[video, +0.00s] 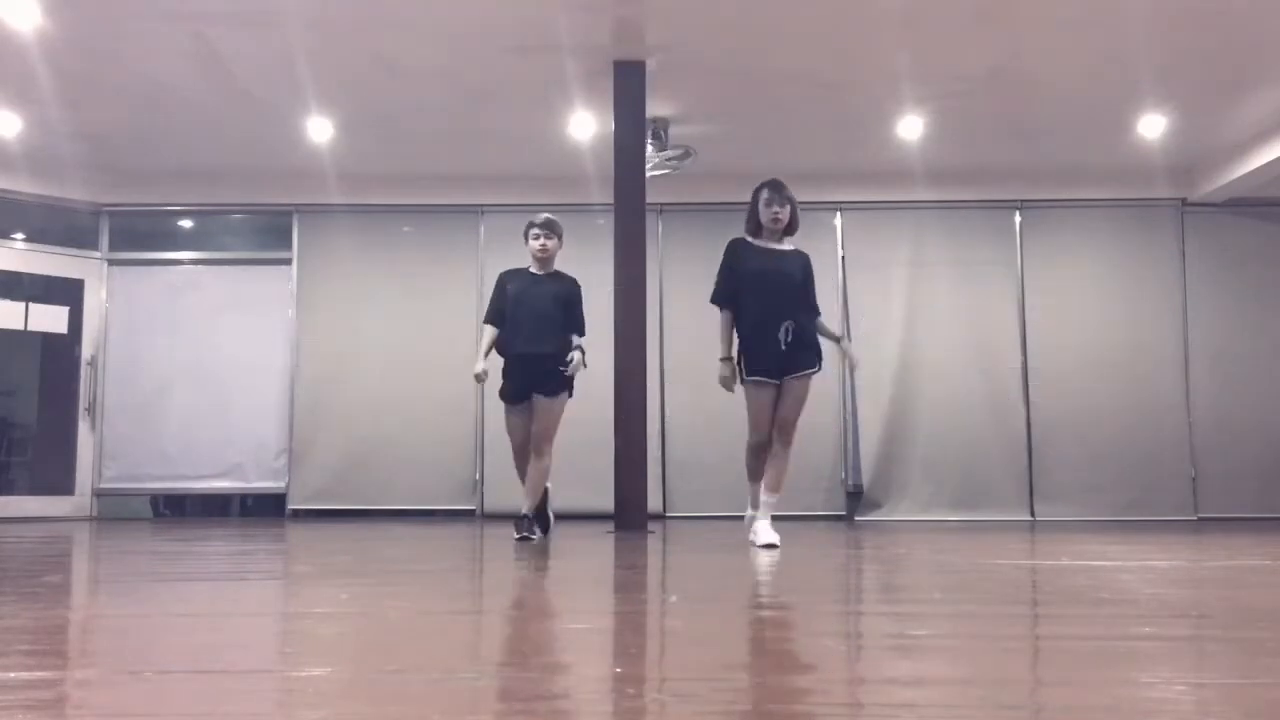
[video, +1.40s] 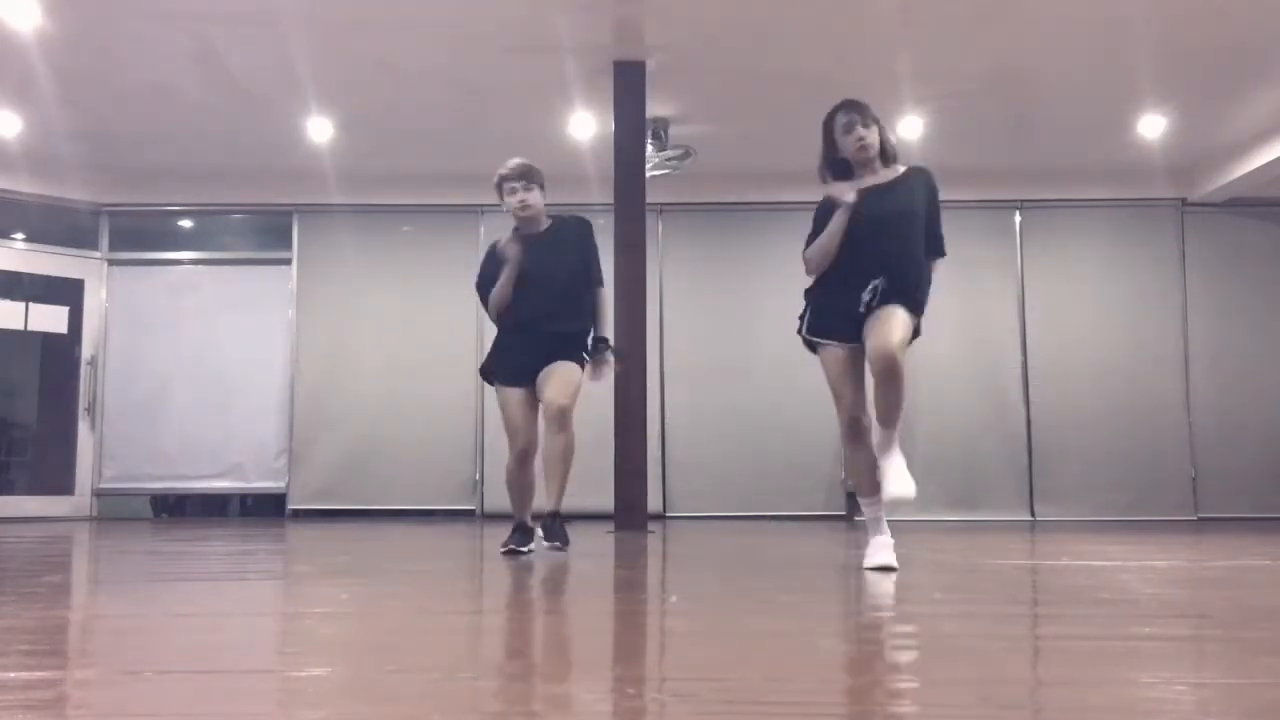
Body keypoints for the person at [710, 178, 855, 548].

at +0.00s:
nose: (777, 210)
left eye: (783, 204)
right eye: (770, 203)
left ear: (792, 210)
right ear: (756, 209)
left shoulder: (800, 258)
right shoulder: (739, 249)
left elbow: (810, 316)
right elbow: (727, 307)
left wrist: (840, 340)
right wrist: (726, 358)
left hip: (799, 355)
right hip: (757, 356)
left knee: (783, 438)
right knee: (760, 439)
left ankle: (764, 520)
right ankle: (756, 505)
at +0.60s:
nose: (811, 201)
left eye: (818, 195)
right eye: (802, 196)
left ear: (828, 203)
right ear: (789, 206)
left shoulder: (848, 249)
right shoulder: (778, 259)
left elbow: (869, 310)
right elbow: (764, 313)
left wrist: (874, 361)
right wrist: (753, 333)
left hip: (838, 357)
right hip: (789, 359)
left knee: (846, 433)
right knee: (813, 440)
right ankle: (834, 525)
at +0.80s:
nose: (825, 181)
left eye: (833, 175)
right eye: (816, 175)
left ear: (844, 183)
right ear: (803, 183)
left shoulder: (858, 234)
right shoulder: (787, 232)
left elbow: (854, 292)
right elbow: (774, 299)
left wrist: (872, 307)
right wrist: (763, 354)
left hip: (856, 335)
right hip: (807, 339)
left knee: (852, 419)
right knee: (816, 435)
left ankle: (846, 522)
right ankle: (823, 507)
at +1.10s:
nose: (846, 160)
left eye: (854, 153)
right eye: (837, 154)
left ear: (865, 163)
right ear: (821, 163)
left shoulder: (883, 215)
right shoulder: (799, 217)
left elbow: (908, 261)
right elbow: (766, 268)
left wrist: (933, 278)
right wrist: (784, 306)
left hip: (878, 327)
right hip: (823, 327)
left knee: (861, 428)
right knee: (854, 415)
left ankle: (826, 525)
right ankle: (874, 531)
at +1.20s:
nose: (853, 148)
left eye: (860, 141)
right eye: (843, 142)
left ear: (873, 150)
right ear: (827, 153)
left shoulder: (893, 199)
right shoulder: (810, 207)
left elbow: (924, 262)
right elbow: (770, 260)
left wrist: (952, 314)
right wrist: (792, 274)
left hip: (886, 326)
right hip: (828, 325)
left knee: (883, 440)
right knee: (850, 414)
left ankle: (840, 488)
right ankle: (874, 533)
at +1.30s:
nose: (857, 141)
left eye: (864, 133)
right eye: (846, 134)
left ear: (877, 141)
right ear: (832, 146)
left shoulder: (902, 188)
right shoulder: (823, 204)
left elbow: (933, 257)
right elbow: (789, 275)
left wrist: (933, 319)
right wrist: (811, 228)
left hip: (888, 308)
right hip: (828, 314)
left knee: (892, 393)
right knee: (851, 423)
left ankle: (872, 435)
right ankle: (875, 535)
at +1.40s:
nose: (859, 135)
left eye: (864, 125)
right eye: (847, 132)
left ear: (879, 130)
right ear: (836, 147)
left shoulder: (917, 181)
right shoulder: (834, 199)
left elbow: (930, 253)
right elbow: (812, 265)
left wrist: (916, 304)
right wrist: (843, 210)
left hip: (894, 292)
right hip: (835, 302)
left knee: (885, 350)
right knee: (854, 421)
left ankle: (888, 449)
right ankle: (877, 533)